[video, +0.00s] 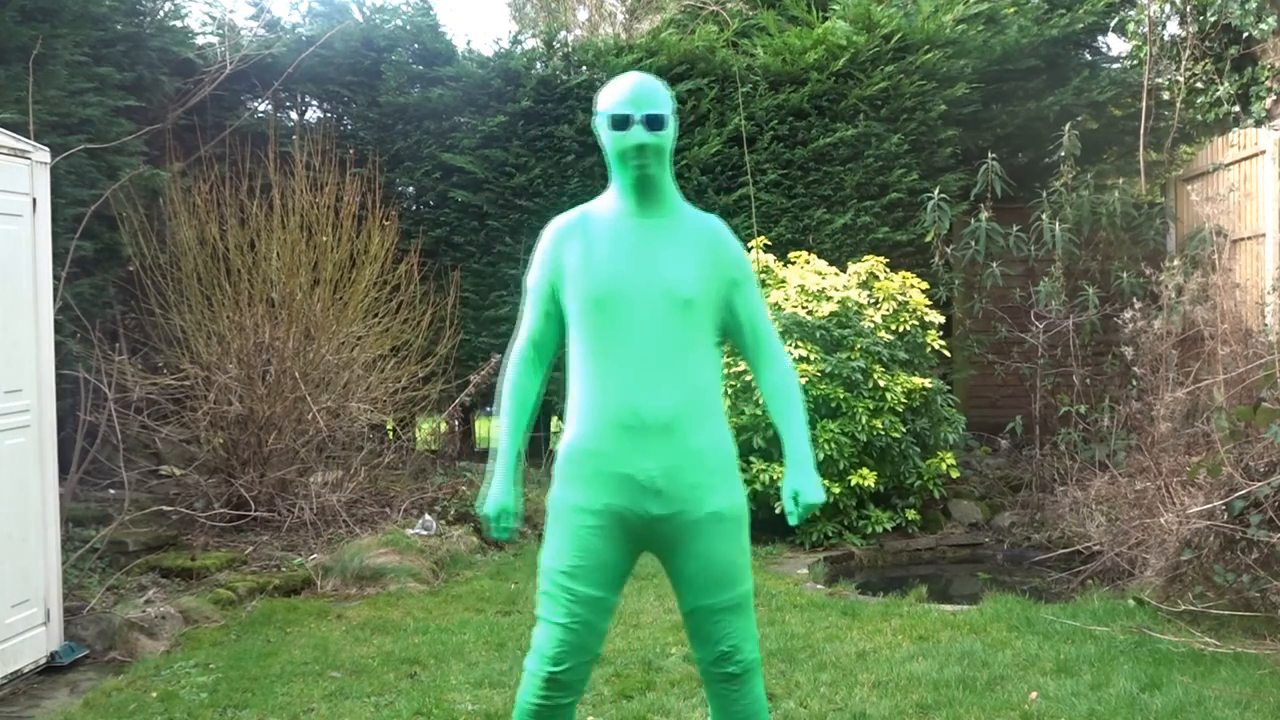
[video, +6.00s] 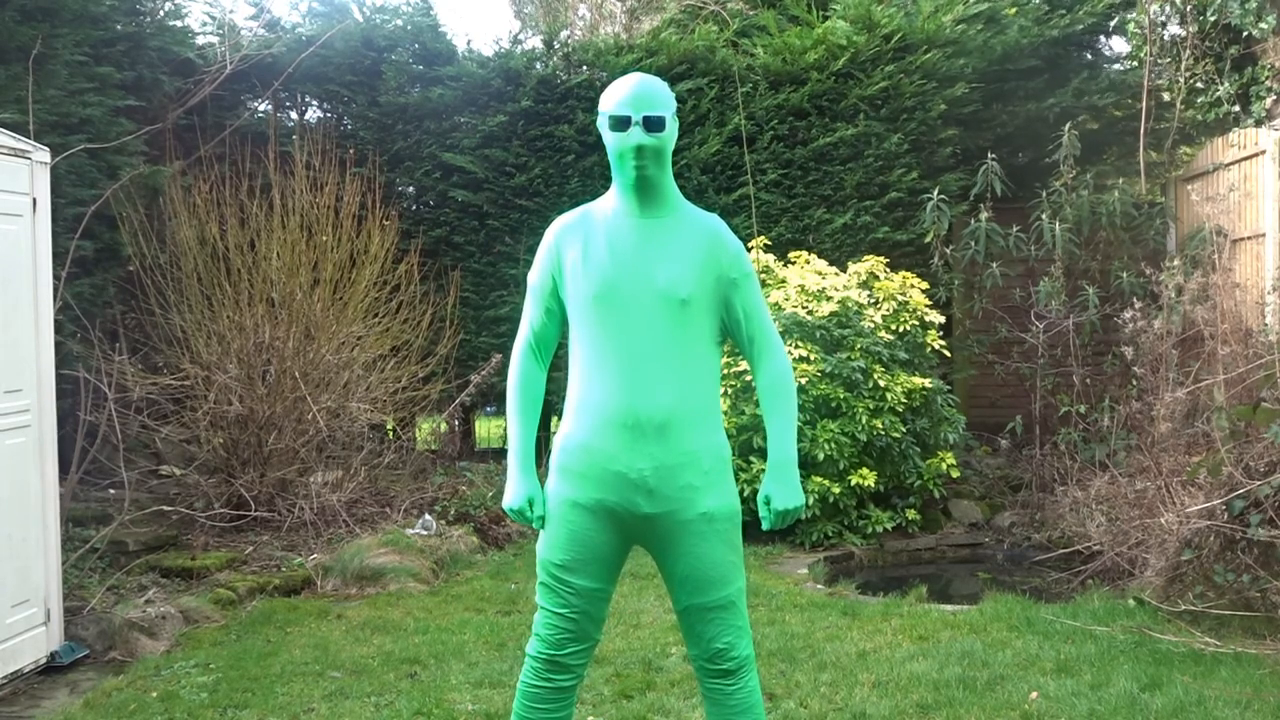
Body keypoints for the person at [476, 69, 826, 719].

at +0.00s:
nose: (639, 136)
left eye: (654, 122)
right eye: (622, 123)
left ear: (674, 132)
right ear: (600, 136)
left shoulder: (713, 240)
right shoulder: (565, 238)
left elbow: (767, 353)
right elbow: (530, 355)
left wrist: (799, 458)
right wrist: (504, 472)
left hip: (704, 485)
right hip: (591, 485)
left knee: (733, 668)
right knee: (554, 670)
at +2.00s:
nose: (636, 135)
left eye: (651, 120)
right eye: (621, 122)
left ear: (674, 129)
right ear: (602, 134)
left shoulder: (714, 238)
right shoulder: (567, 236)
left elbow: (770, 352)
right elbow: (532, 353)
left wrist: (786, 465)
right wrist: (519, 469)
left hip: (699, 486)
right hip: (588, 486)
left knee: (729, 668)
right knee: (554, 667)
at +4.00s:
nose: (637, 135)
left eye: (652, 121)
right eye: (621, 122)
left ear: (673, 130)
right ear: (601, 133)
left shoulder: (713, 238)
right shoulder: (567, 236)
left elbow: (769, 352)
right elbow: (531, 354)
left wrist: (784, 464)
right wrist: (518, 468)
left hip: (698, 485)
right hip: (587, 483)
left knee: (729, 668)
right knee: (554, 666)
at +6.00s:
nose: (639, 137)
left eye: (654, 122)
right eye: (623, 124)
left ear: (674, 132)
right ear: (603, 135)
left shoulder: (713, 239)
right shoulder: (567, 237)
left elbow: (767, 352)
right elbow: (531, 352)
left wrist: (783, 464)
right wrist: (518, 467)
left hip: (696, 487)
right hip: (585, 485)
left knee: (727, 667)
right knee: (552, 664)